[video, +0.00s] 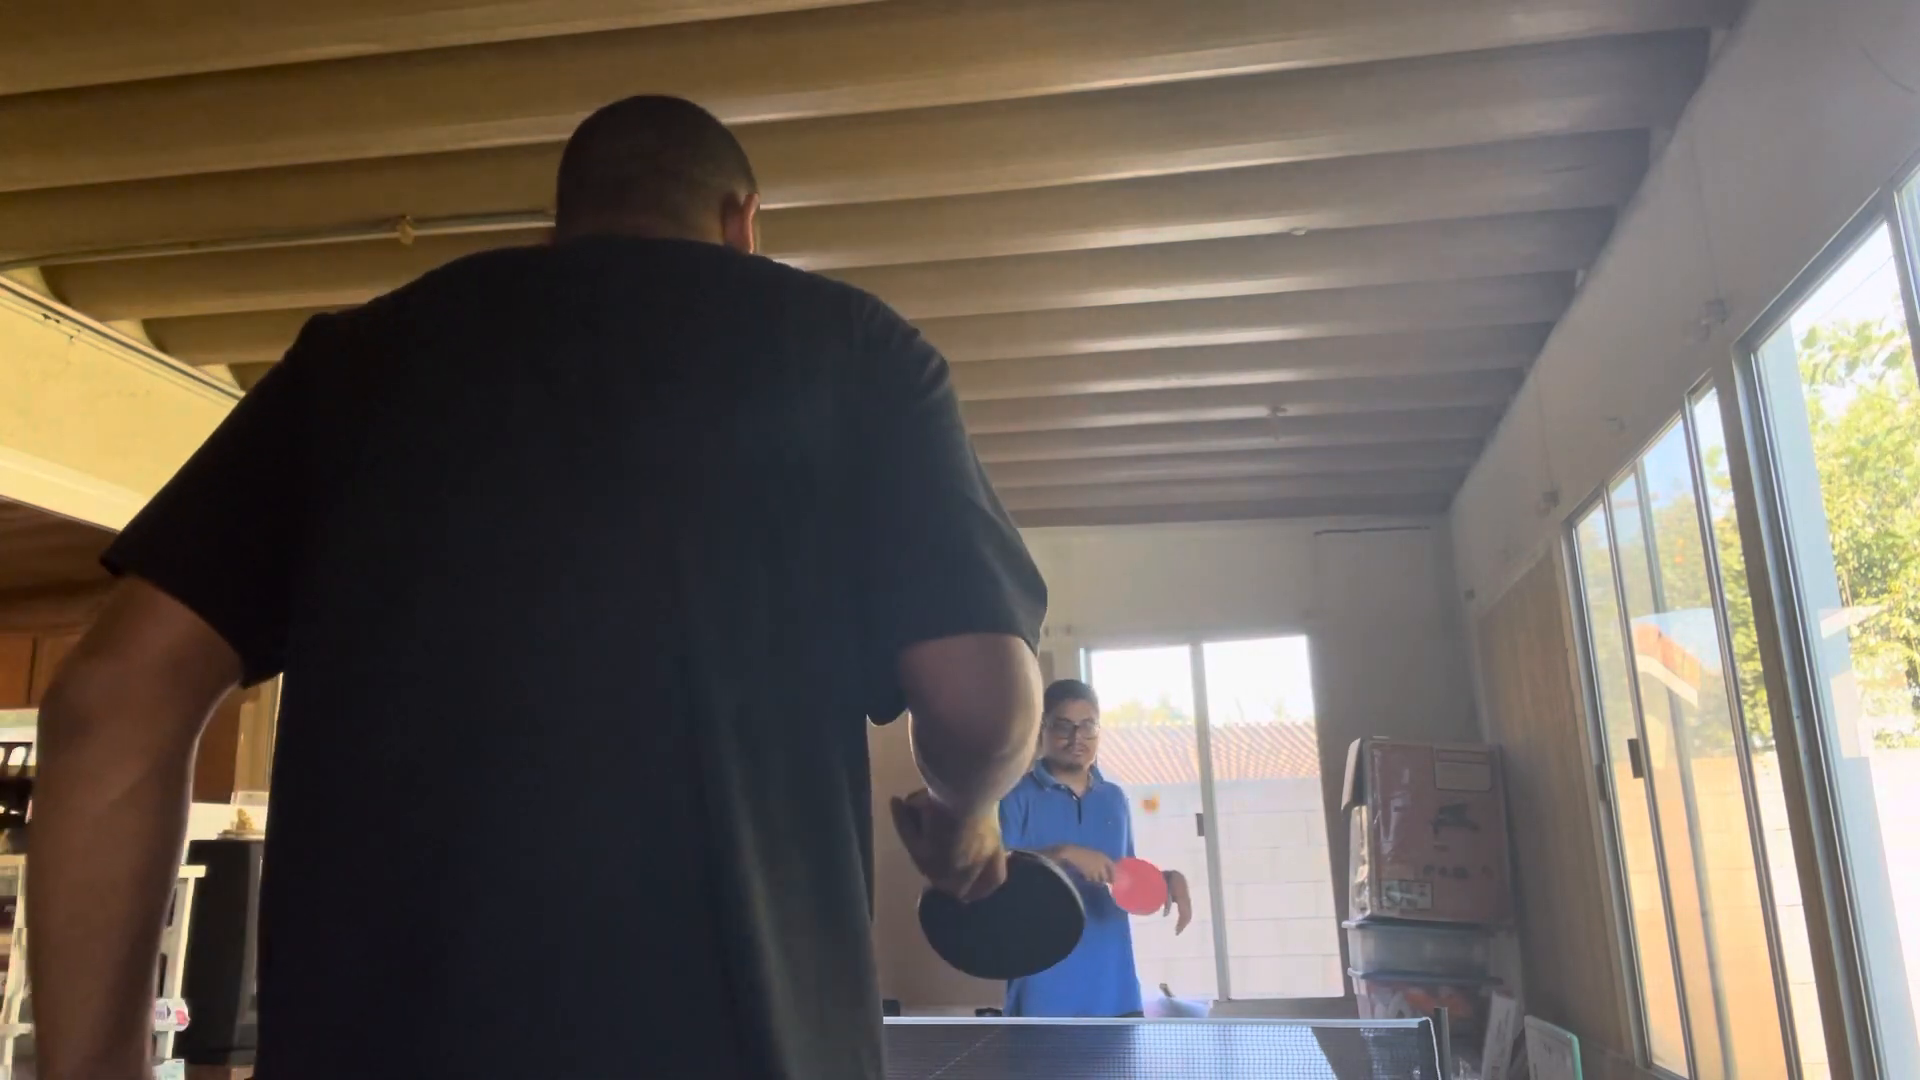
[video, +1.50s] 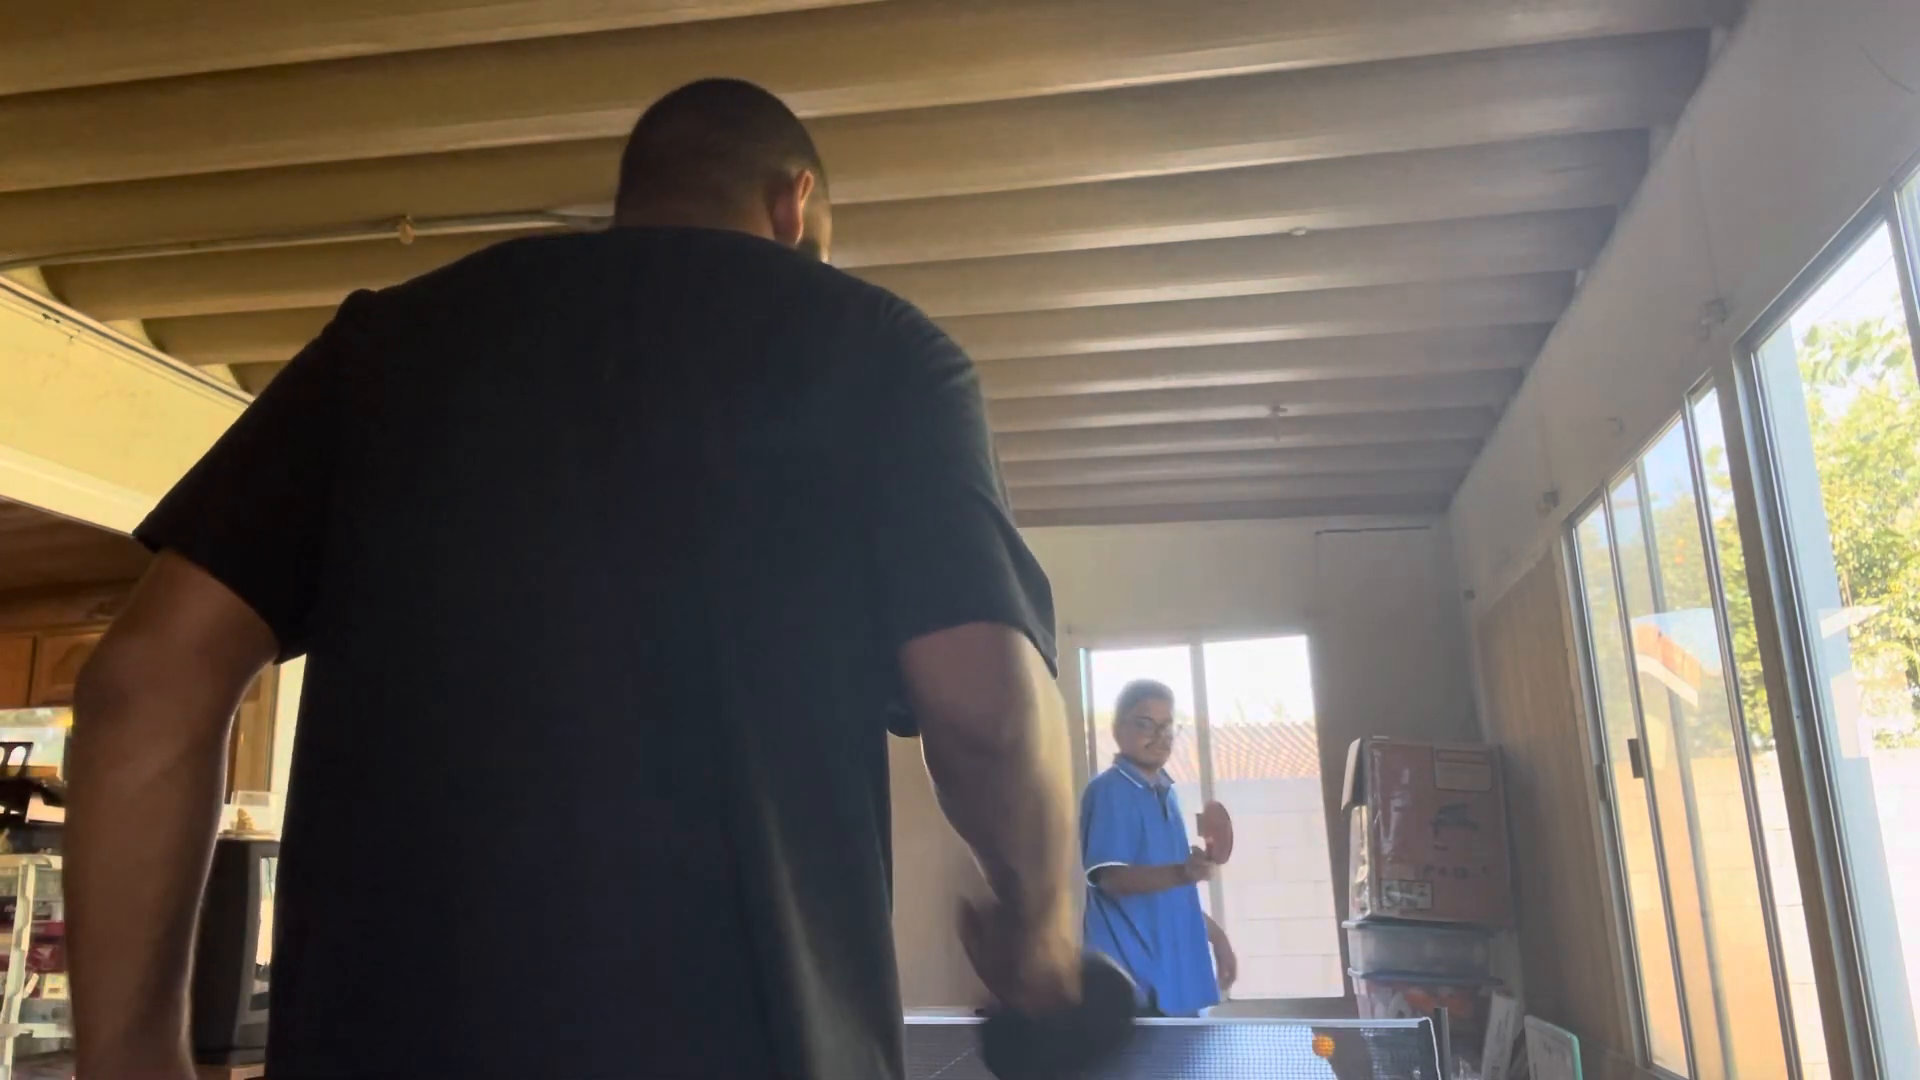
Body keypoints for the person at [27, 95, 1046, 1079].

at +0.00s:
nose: (766, 253)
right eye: (764, 234)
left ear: (554, 217)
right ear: (744, 224)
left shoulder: (359, 351)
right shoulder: (849, 345)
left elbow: (111, 701)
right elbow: (984, 697)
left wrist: (90, 1060)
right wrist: (956, 819)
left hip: (373, 1039)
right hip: (740, 1041)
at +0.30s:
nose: (787, 244)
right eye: (785, 222)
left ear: (574, 208)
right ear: (764, 214)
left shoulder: (378, 351)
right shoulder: (860, 340)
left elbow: (135, 711)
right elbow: (992, 696)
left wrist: (141, 1056)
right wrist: (969, 817)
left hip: (391, 1036)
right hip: (756, 1035)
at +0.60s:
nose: (786, 244)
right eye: (785, 222)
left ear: (577, 210)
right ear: (766, 212)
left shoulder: (382, 349)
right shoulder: (871, 341)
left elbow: (139, 710)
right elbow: (1007, 703)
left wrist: (138, 1059)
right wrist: (962, 814)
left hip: (402, 1039)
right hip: (768, 1038)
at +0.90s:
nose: (793, 241)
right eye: (790, 221)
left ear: (583, 209)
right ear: (773, 213)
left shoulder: (386, 344)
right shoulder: (881, 346)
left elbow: (142, 690)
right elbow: (1006, 713)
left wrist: (112, 1061)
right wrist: (947, 821)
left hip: (407, 1036)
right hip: (774, 1039)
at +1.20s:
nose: (797, 243)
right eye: (794, 221)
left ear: (586, 205)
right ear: (774, 211)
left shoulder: (389, 341)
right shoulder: (881, 347)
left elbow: (141, 694)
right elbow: (1006, 720)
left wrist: (126, 1058)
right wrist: (947, 821)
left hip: (407, 1036)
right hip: (772, 1039)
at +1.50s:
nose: (830, 254)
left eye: (829, 237)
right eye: (831, 231)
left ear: (621, 199)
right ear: (794, 205)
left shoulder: (389, 333)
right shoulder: (870, 342)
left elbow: (145, 677)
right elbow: (982, 695)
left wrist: (130, 1049)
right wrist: (1039, 926)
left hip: (381, 1037)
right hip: (751, 1038)